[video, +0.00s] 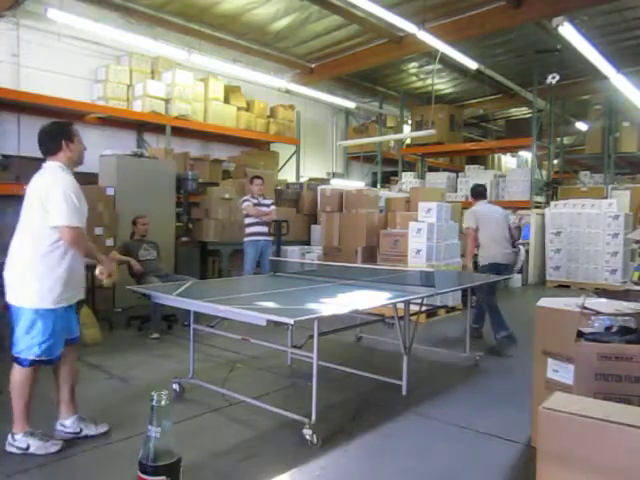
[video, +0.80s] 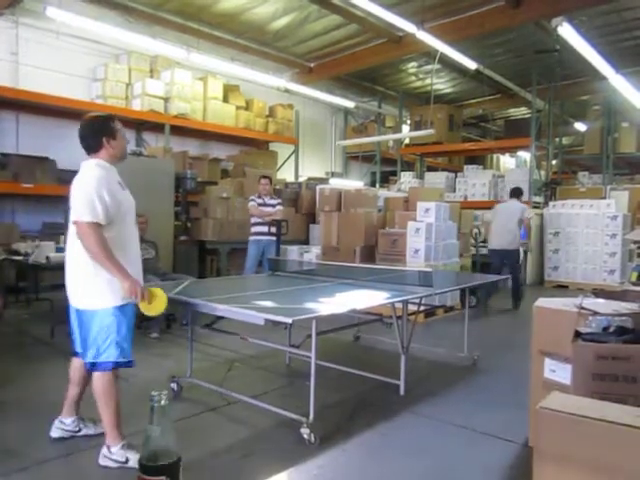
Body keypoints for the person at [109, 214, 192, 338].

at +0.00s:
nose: (146, 228)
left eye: (147, 225)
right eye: (143, 225)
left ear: (149, 226)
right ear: (135, 227)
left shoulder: (154, 245)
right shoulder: (128, 244)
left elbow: (158, 262)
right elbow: (112, 255)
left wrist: (162, 272)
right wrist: (130, 260)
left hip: (161, 274)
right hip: (145, 276)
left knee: (192, 283)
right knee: (159, 293)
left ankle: (189, 320)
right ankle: (154, 329)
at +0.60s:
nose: (140, 226)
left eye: (143, 223)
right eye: (136, 223)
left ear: (146, 225)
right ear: (131, 226)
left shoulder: (152, 244)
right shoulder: (126, 244)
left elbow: (155, 264)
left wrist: (165, 274)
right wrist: (128, 260)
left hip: (158, 274)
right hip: (142, 276)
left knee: (189, 281)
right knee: (158, 290)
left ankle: (186, 320)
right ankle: (154, 328)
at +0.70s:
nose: (140, 226)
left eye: (143, 223)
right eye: (136, 223)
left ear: (147, 225)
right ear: (131, 225)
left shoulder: (152, 244)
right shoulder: (128, 244)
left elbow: (156, 263)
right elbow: (130, 262)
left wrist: (161, 273)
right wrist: (141, 272)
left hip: (159, 274)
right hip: (143, 275)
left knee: (189, 281)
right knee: (162, 290)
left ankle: (186, 318)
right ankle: (155, 327)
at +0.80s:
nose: (142, 226)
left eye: (144, 223)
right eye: (139, 224)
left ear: (147, 225)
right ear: (134, 225)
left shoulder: (152, 245)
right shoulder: (130, 243)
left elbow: (156, 266)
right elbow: (132, 266)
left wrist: (165, 274)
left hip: (157, 274)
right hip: (142, 275)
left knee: (190, 282)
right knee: (158, 288)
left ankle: (186, 319)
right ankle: (154, 327)